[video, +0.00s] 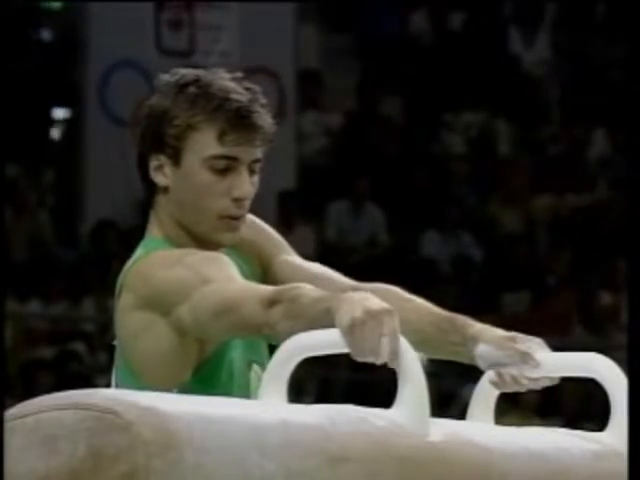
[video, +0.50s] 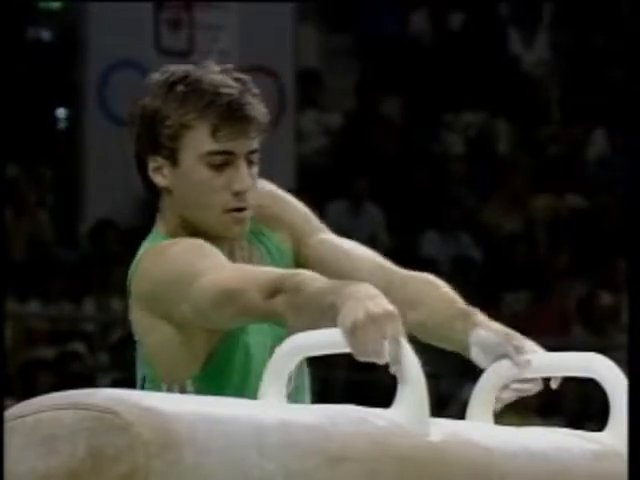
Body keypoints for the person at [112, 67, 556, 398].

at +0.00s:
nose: (244, 190)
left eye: (253, 170)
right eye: (221, 168)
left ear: (262, 167)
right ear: (162, 171)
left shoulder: (245, 239)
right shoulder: (166, 273)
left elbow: (353, 293)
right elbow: (264, 309)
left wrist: (476, 339)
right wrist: (339, 305)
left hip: (232, 467)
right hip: (168, 471)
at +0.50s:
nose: (243, 183)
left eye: (250, 161)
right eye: (219, 164)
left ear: (258, 157)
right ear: (161, 172)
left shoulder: (268, 210)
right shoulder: (169, 266)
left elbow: (381, 279)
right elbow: (268, 294)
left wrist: (476, 333)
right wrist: (342, 297)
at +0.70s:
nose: (228, 220)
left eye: (232, 195)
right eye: (201, 203)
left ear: (240, 186)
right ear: (141, 214)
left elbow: (387, 273)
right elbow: (258, 319)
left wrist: (471, 341)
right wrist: (352, 302)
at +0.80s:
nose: (217, 283)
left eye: (217, 262)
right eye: (189, 270)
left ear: (225, 255)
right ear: (130, 290)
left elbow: (344, 314)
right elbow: (263, 358)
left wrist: (462, 352)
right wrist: (350, 312)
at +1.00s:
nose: (285, 225)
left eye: (293, 211)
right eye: (274, 208)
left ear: (298, 208)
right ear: (226, 195)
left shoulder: (287, 251)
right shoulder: (189, 237)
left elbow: (346, 343)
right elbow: (235, 293)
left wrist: (411, 349)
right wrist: (323, 305)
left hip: (256, 430)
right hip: (181, 429)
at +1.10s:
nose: (363, 183)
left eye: (371, 171)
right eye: (360, 163)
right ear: (323, 137)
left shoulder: (332, 207)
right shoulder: (270, 155)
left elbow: (333, 298)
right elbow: (248, 242)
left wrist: (390, 337)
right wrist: (318, 305)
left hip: (251, 371)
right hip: (192, 363)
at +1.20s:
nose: (396, 176)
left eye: (404, 168)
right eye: (398, 161)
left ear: (377, 140)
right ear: (374, 133)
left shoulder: (349, 189)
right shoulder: (324, 139)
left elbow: (329, 277)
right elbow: (283, 218)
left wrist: (379, 335)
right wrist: (315, 305)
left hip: (253, 320)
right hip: (218, 306)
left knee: (218, 440)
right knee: (163, 424)